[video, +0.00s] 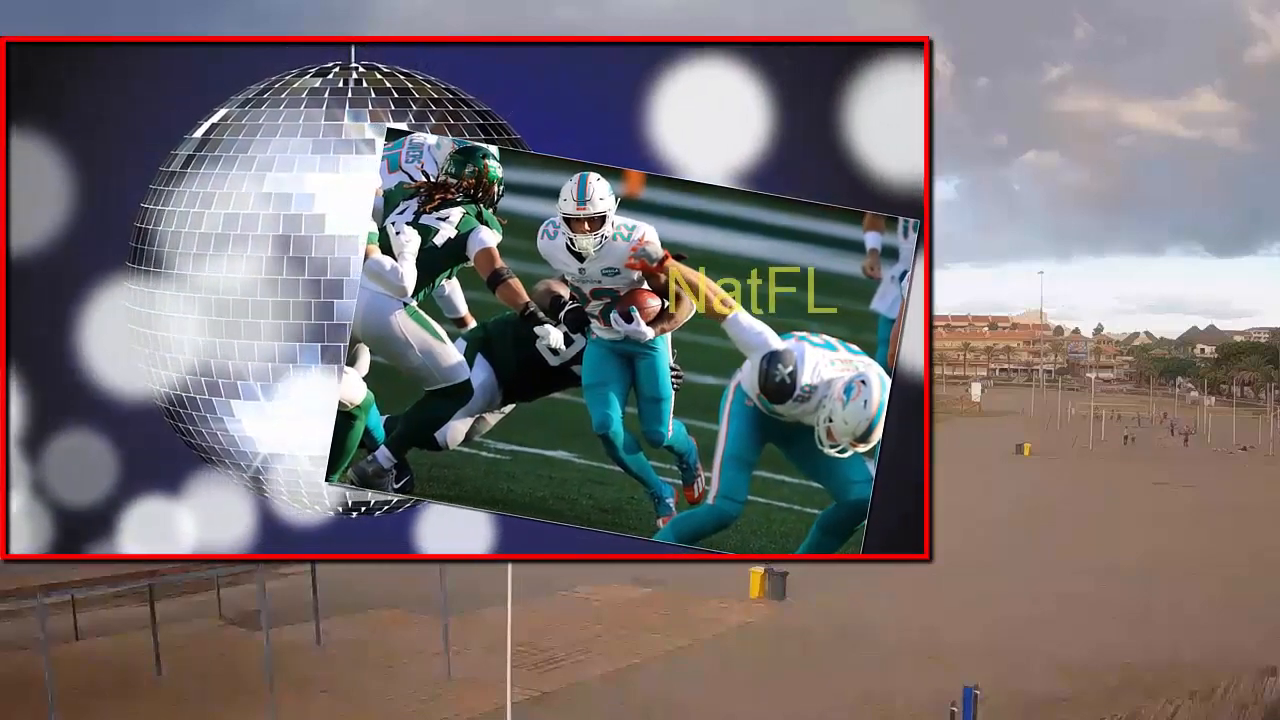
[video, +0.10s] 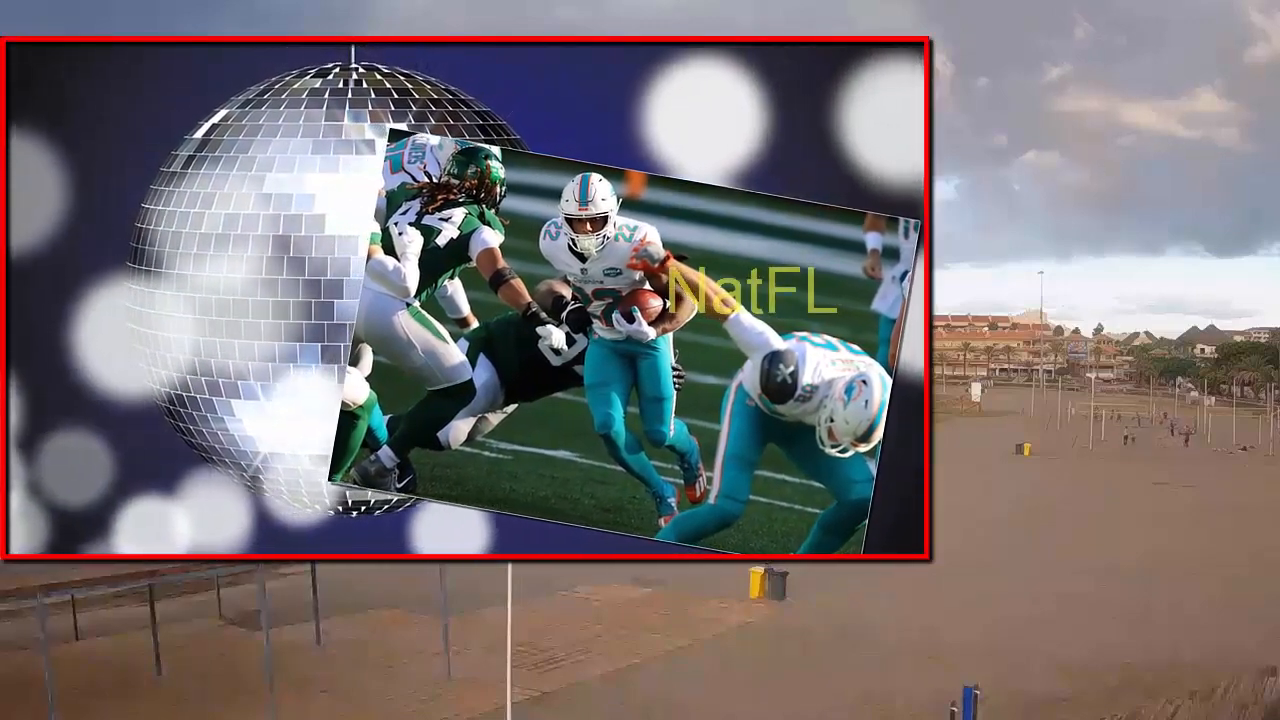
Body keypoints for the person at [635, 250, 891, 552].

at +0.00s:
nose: (837, 446)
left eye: (852, 445)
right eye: (836, 434)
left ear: (873, 429)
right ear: (828, 404)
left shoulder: (885, 411)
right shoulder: (786, 372)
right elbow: (722, 305)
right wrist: (666, 264)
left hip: (803, 421)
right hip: (752, 400)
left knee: (861, 498)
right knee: (726, 508)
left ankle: (800, 571)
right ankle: (649, 555)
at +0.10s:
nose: (837, 446)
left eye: (852, 445)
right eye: (836, 433)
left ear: (874, 429)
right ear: (829, 404)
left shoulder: (886, 413)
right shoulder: (788, 370)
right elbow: (724, 307)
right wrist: (668, 263)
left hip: (806, 422)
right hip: (754, 399)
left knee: (862, 496)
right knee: (727, 507)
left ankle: (800, 570)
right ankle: (652, 552)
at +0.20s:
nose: (839, 448)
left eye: (853, 446)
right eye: (837, 435)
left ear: (877, 428)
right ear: (831, 404)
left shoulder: (888, 411)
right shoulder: (790, 370)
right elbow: (725, 307)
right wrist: (670, 263)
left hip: (807, 421)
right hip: (755, 399)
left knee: (862, 496)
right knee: (728, 507)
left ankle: (801, 569)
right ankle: (651, 557)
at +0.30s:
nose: (842, 449)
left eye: (855, 446)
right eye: (839, 437)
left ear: (879, 426)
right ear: (831, 406)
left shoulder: (888, 411)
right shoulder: (793, 371)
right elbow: (727, 307)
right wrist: (670, 263)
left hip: (808, 421)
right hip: (756, 400)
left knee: (863, 495)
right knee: (730, 506)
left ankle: (802, 566)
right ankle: (651, 555)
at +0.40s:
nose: (843, 449)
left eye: (855, 446)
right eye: (840, 437)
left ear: (878, 427)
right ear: (833, 406)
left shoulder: (888, 410)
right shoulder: (793, 369)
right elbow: (727, 307)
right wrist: (672, 264)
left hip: (809, 421)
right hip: (757, 400)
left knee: (864, 495)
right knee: (732, 506)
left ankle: (803, 564)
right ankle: (655, 553)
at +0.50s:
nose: (843, 448)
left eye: (856, 445)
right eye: (840, 437)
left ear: (879, 426)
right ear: (833, 406)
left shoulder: (889, 409)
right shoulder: (793, 372)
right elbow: (729, 307)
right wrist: (674, 264)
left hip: (810, 420)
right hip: (759, 398)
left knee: (865, 494)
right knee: (733, 506)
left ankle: (805, 563)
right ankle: (657, 553)